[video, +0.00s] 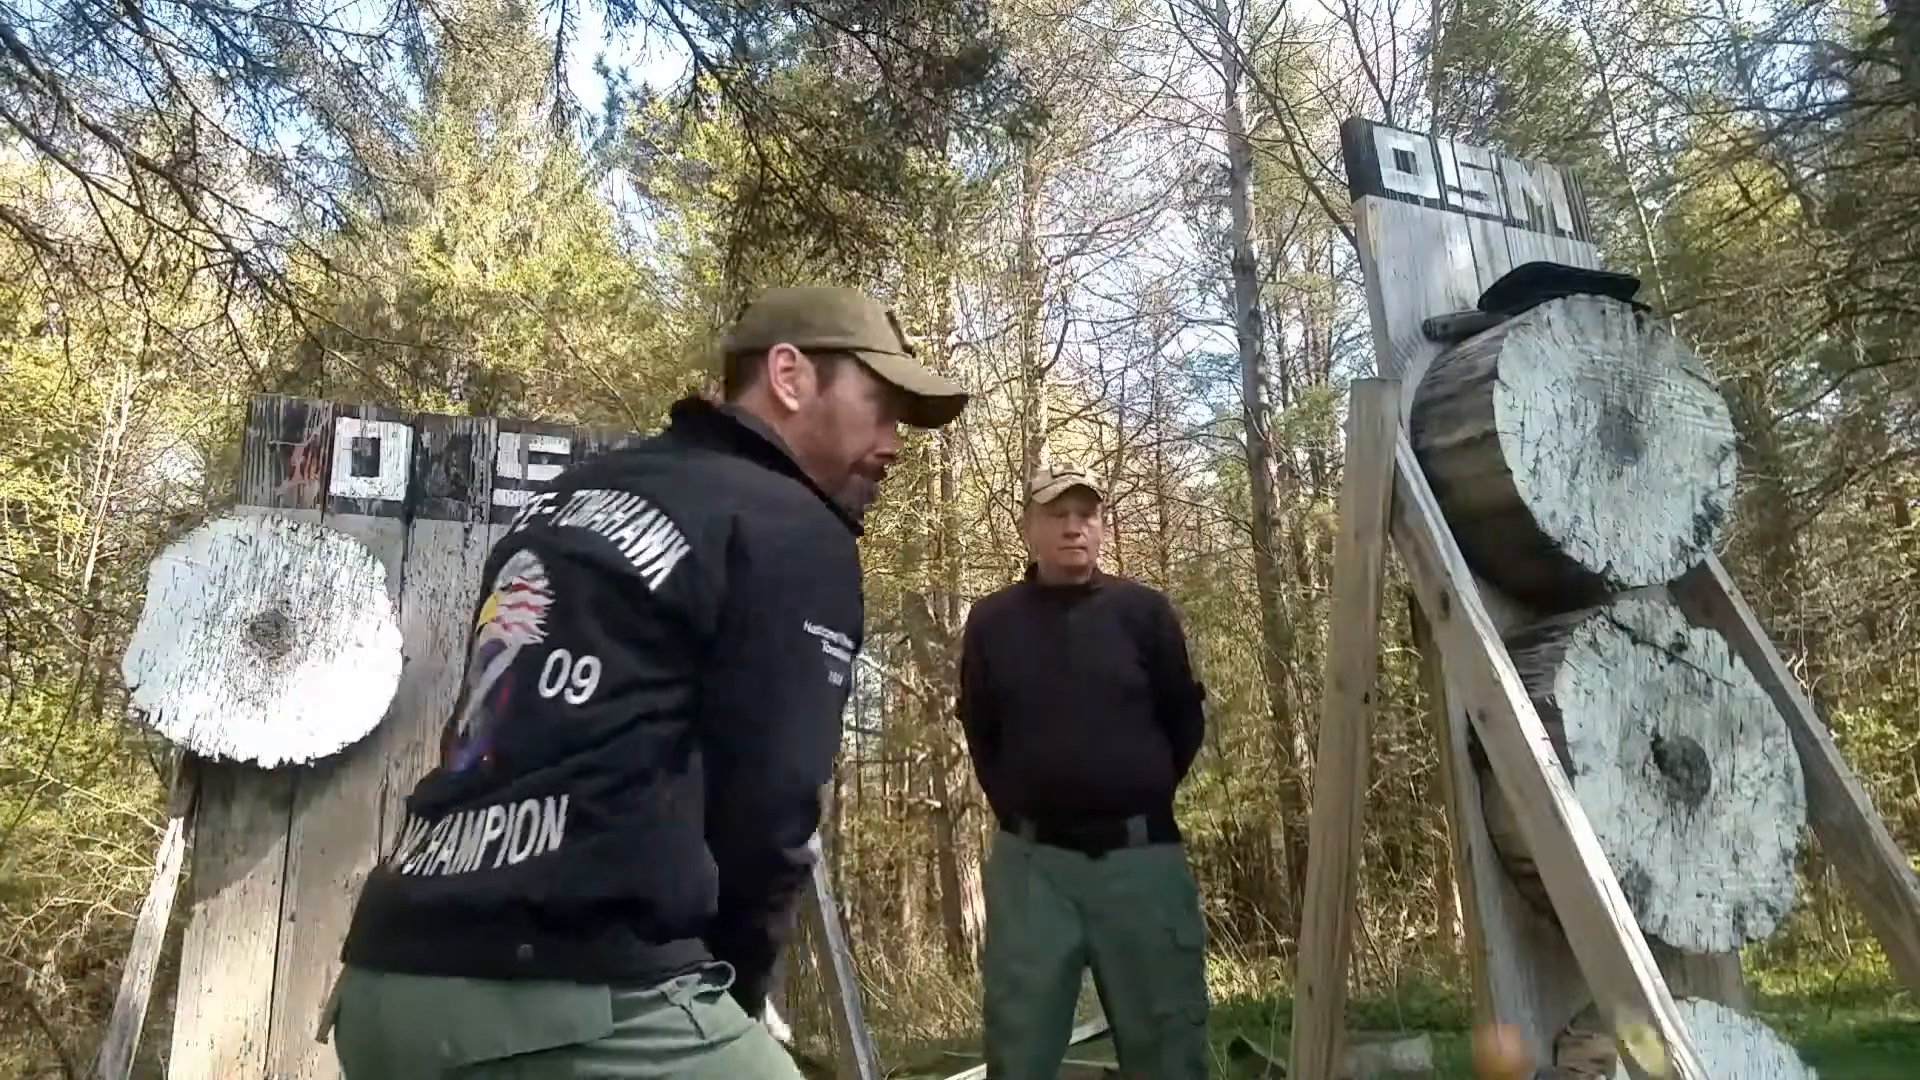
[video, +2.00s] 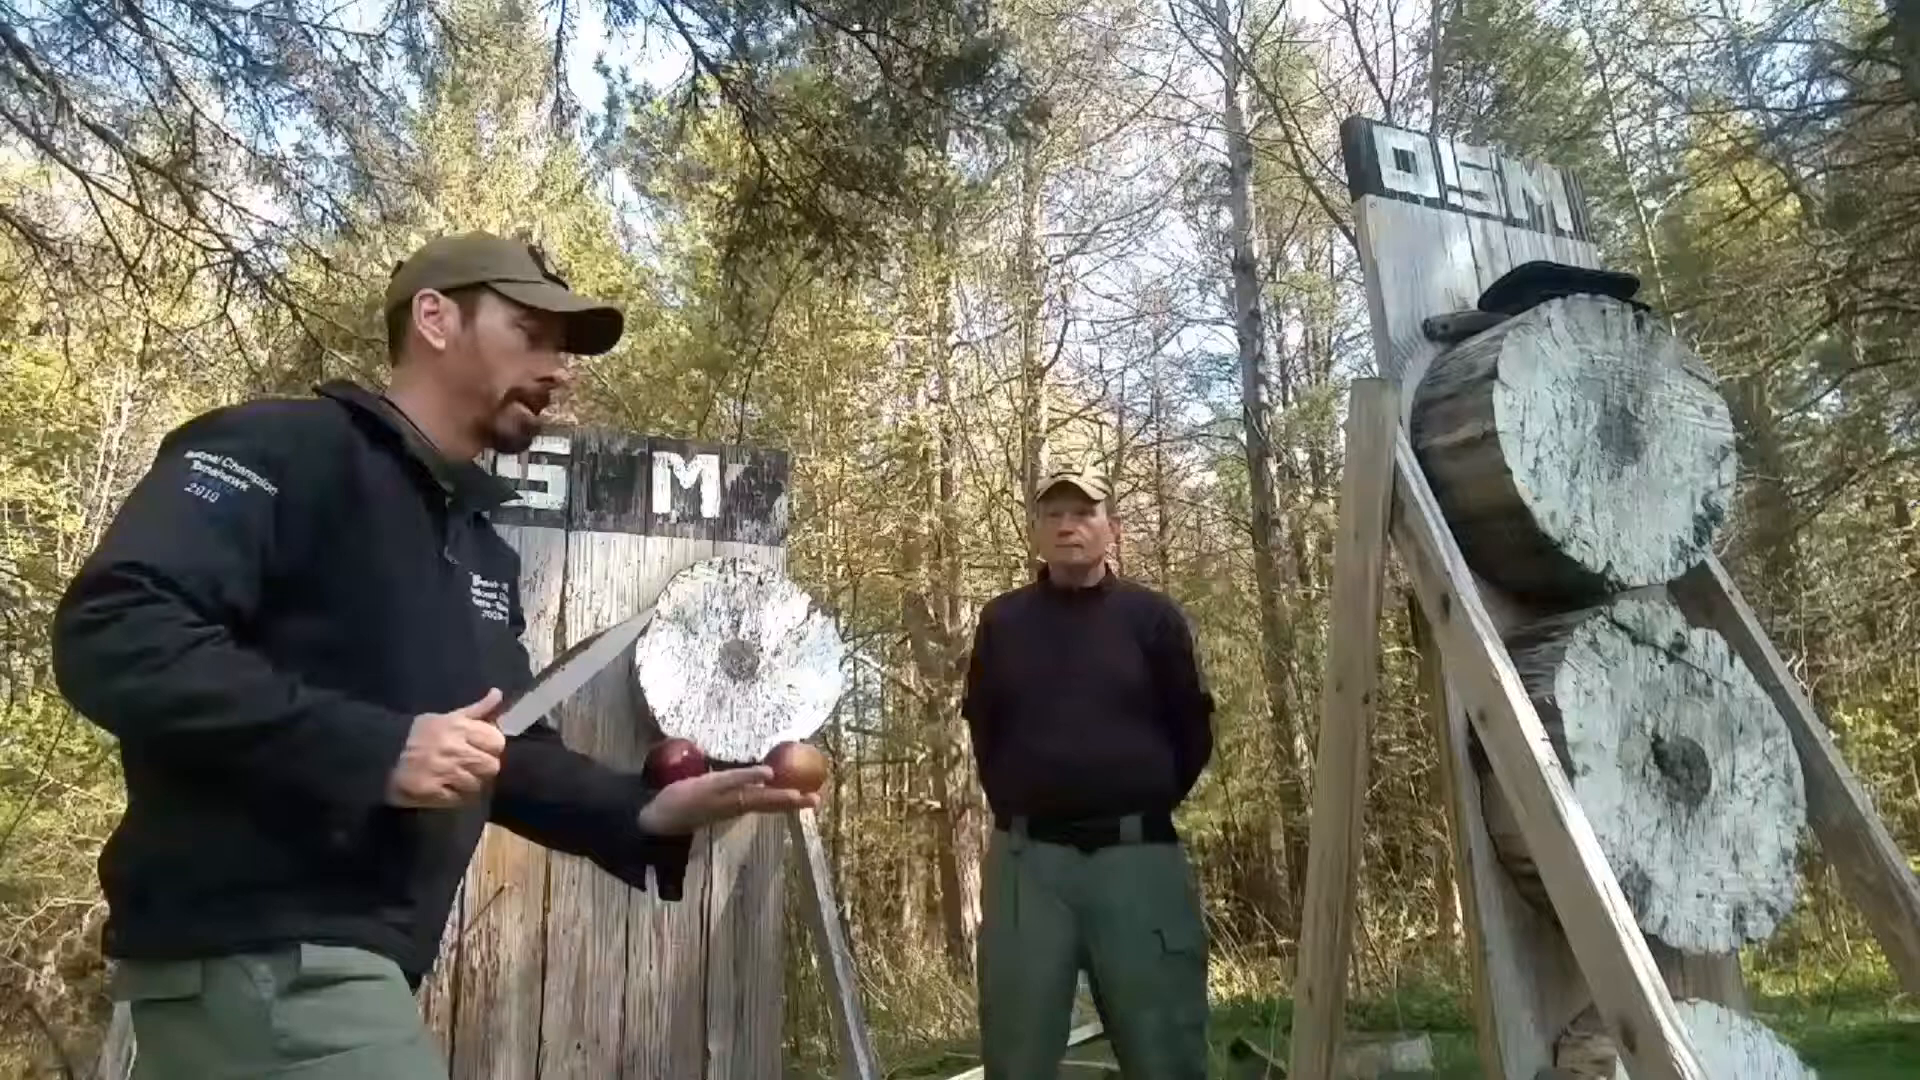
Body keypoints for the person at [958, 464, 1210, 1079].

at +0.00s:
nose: (1074, 527)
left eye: (1086, 515)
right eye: (1057, 515)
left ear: (1103, 530)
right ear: (1028, 532)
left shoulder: (1146, 610)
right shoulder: (991, 618)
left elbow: (1185, 721)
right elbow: (980, 733)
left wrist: (1134, 802)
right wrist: (1028, 814)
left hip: (1142, 866)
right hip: (1028, 867)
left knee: (1168, 1055)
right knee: (1019, 1058)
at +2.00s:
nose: (1068, 526)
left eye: (1082, 513)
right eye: (1054, 516)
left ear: (1111, 530)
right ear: (1035, 535)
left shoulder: (1154, 616)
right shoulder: (1000, 619)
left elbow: (1193, 732)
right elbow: (982, 724)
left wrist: (1140, 811)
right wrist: (1022, 814)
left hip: (1139, 862)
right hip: (1026, 862)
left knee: (1163, 1057)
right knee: (1017, 1059)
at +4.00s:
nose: (1068, 525)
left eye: (1082, 513)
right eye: (1053, 515)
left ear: (1110, 530)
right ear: (1033, 534)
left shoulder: (1153, 614)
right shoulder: (1000, 619)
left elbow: (1194, 732)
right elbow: (983, 727)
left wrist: (1141, 814)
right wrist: (1025, 817)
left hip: (1139, 861)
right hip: (1026, 862)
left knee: (1163, 1058)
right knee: (1017, 1059)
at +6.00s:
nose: (1069, 518)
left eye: (1083, 508)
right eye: (1054, 509)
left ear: (1109, 530)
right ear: (1034, 532)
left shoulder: (1150, 613)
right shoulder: (999, 619)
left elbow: (1194, 730)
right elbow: (983, 730)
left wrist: (1141, 813)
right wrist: (1026, 817)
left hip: (1140, 860)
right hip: (1025, 861)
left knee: (1165, 1057)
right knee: (1017, 1059)